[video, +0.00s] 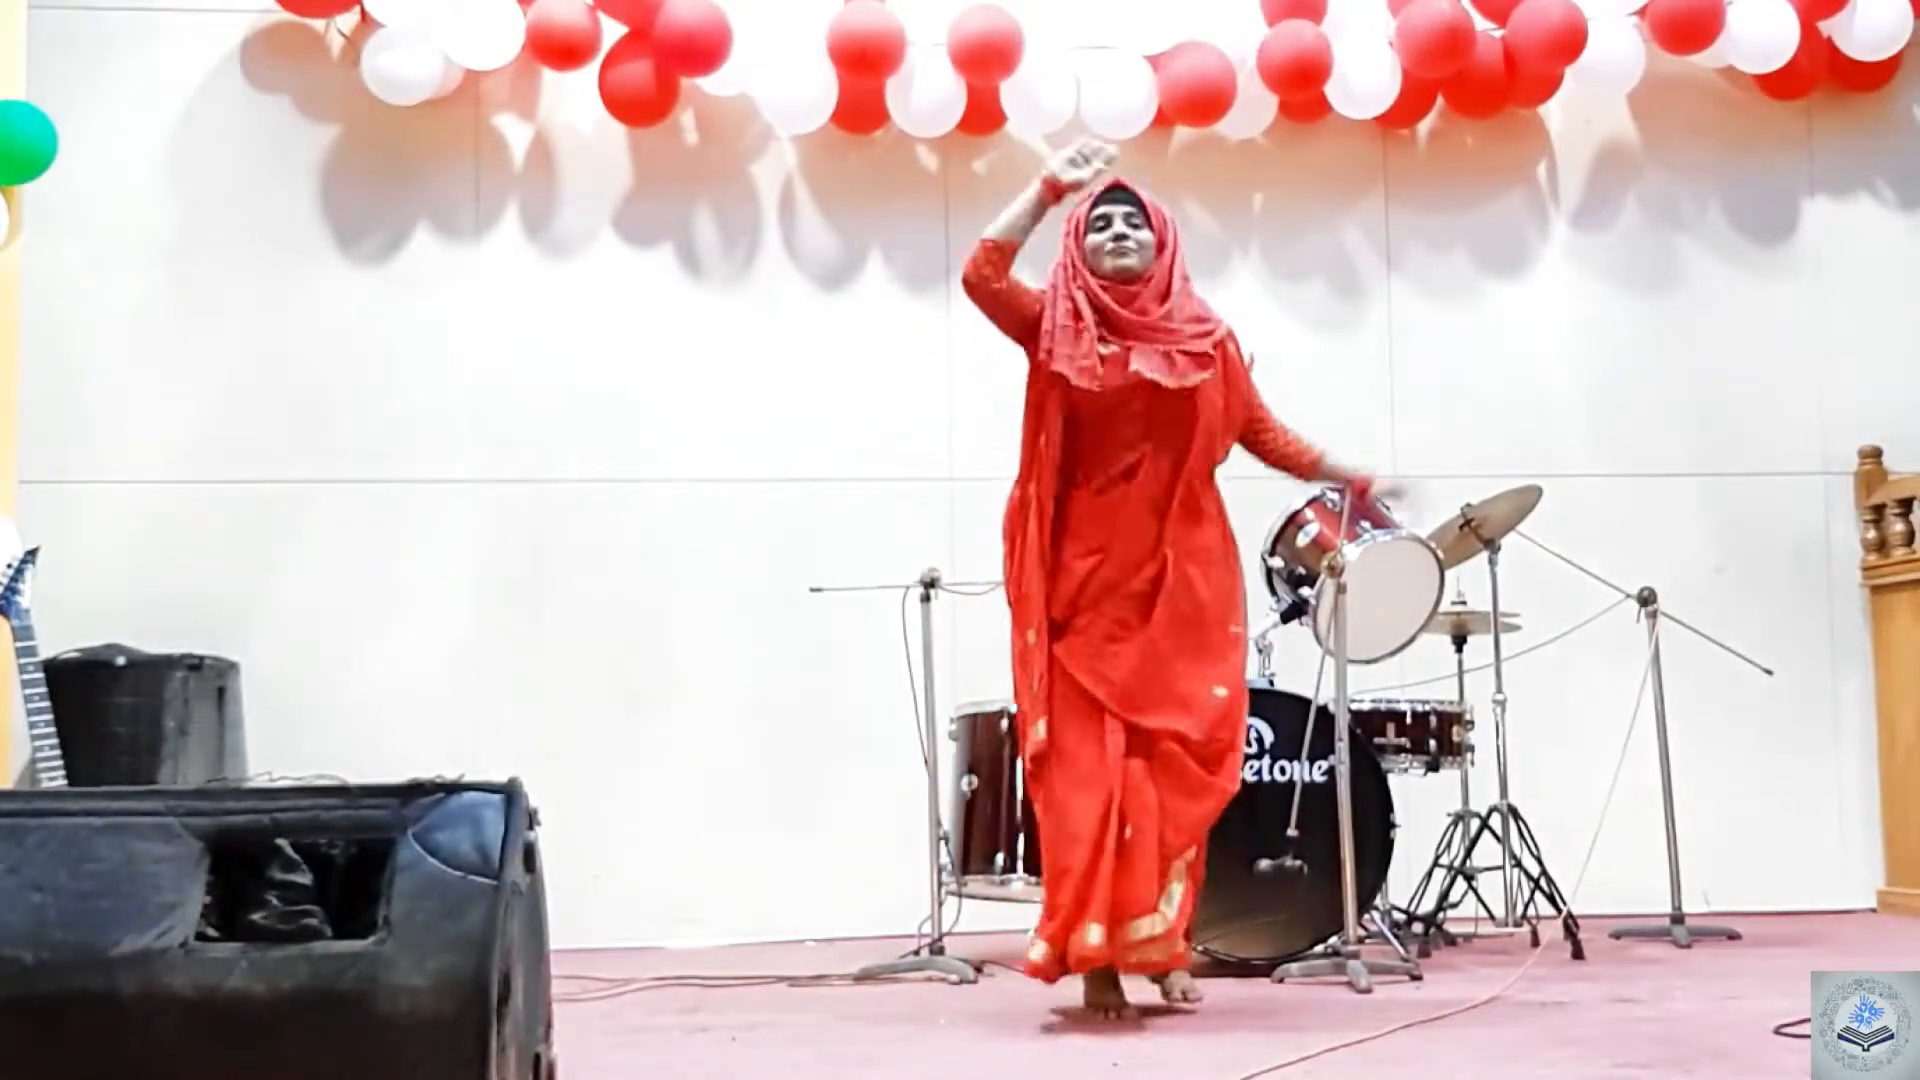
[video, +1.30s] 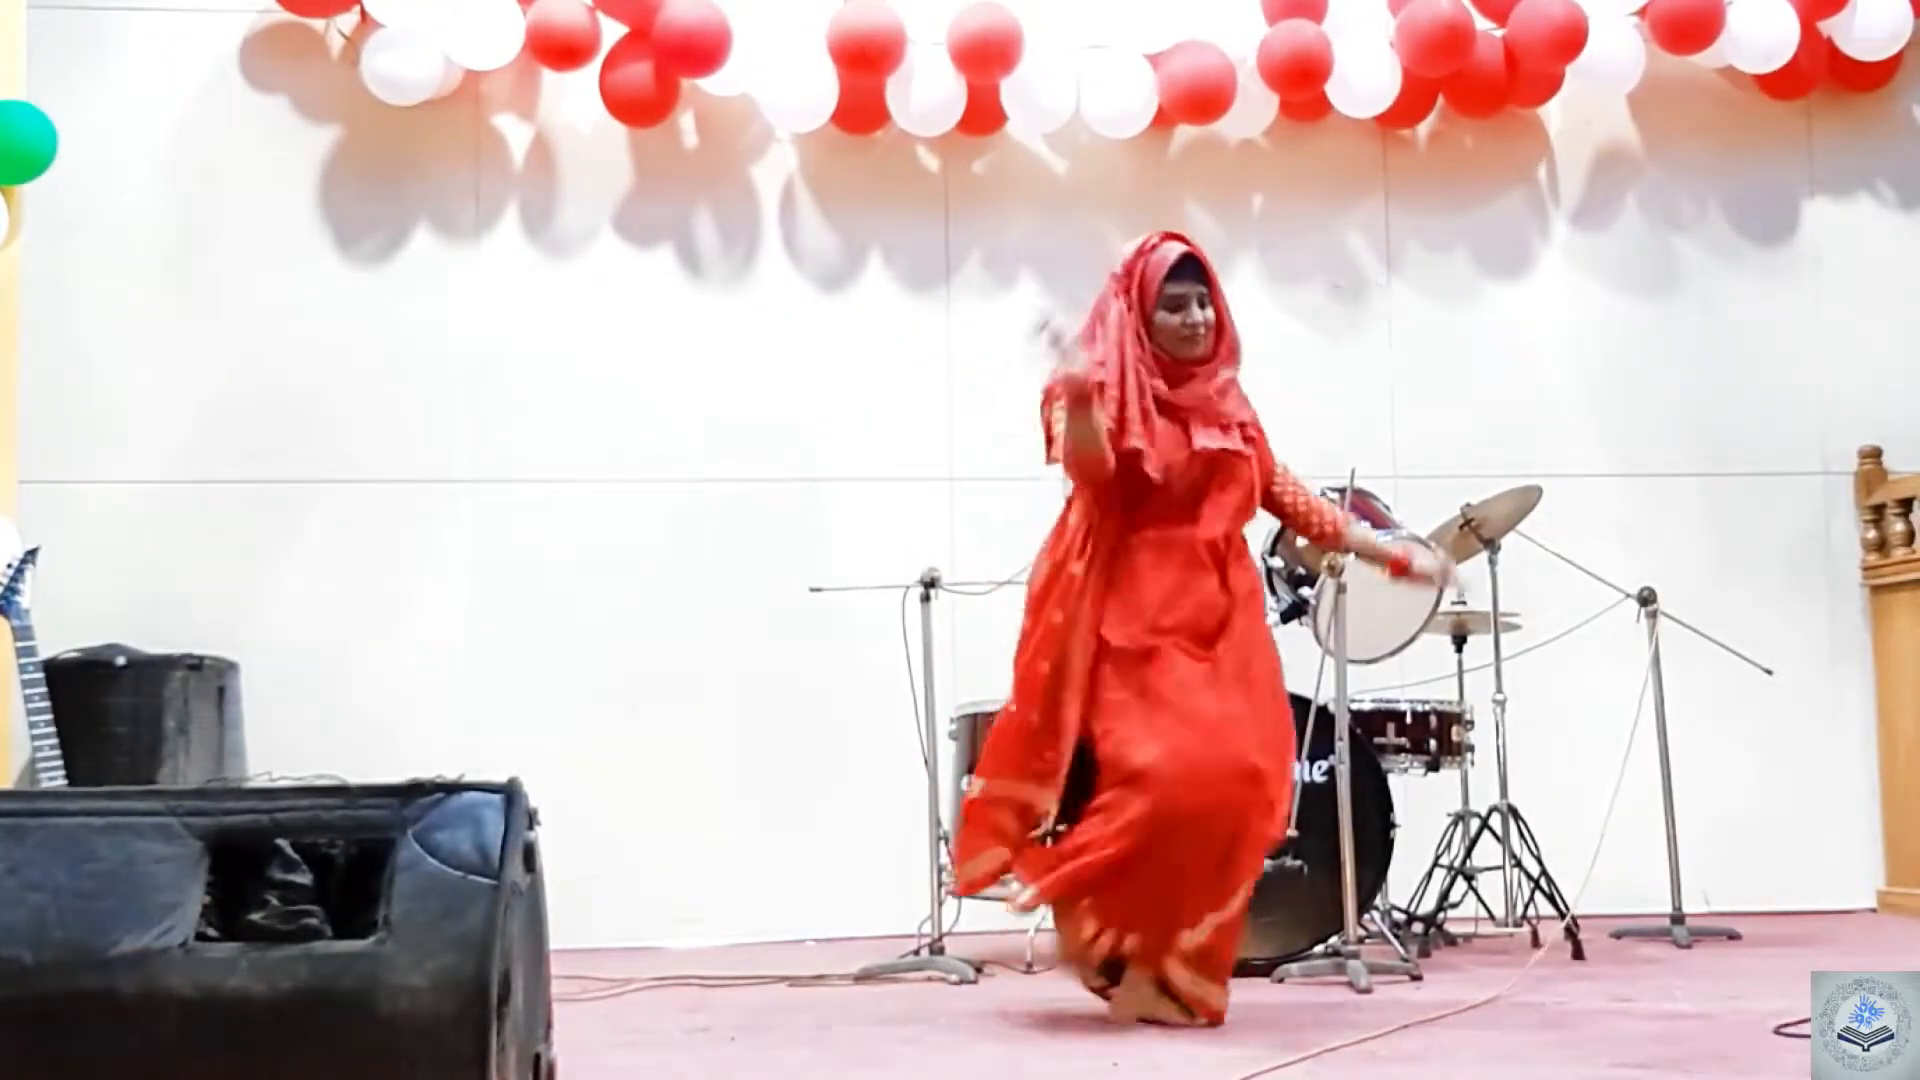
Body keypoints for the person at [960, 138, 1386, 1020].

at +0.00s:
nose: (1117, 232)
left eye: (1131, 219)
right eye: (1098, 224)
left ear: (1160, 239)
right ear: (1079, 248)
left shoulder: (1203, 341)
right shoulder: (1058, 331)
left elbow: (1264, 435)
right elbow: (982, 273)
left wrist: (1346, 474)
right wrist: (1043, 191)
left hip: (1183, 582)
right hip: (1081, 582)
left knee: (1183, 761)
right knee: (1089, 762)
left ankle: (1165, 946)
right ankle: (1097, 963)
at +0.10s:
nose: (1119, 252)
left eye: (1134, 241)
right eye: (1103, 245)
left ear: (1165, 258)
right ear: (1083, 266)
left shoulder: (1208, 362)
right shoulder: (1063, 343)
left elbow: (1302, 423)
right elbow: (993, 294)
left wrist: (1394, 385)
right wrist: (1066, 219)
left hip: (1186, 594)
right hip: (1085, 593)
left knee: (1185, 774)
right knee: (1089, 771)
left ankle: (1160, 963)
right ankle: (1091, 971)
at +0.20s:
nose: (1139, 298)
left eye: (1154, 284)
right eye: (1121, 288)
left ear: (1181, 298)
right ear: (1097, 306)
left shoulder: (1219, 394)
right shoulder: (1070, 382)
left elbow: (1321, 399)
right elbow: (1002, 339)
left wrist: (1366, 313)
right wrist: (1077, 284)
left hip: (1197, 612)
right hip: (1098, 612)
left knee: (1193, 777)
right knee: (1111, 763)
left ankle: (1160, 970)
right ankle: (1093, 966)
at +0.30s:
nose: (1141, 276)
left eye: (1156, 263)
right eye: (1126, 264)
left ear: (1179, 276)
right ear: (1100, 278)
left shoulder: (1215, 363)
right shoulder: (1070, 356)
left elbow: (1312, 344)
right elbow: (999, 318)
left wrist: (1317, 247)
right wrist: (1086, 261)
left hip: (1192, 615)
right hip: (1095, 614)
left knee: (1197, 785)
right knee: (1095, 786)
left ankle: (1164, 972)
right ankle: (1092, 976)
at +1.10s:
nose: (1159, 281)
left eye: (1172, 268)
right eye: (1141, 268)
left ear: (1191, 280)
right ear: (1110, 278)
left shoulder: (1215, 381)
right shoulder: (1077, 361)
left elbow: (1298, 417)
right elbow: (998, 364)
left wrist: (1339, 346)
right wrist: (1029, 276)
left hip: (1190, 613)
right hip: (1090, 614)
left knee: (1199, 788)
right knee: (1098, 792)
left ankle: (1176, 975)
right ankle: (1093, 977)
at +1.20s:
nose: (1175, 298)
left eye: (1187, 284)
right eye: (1158, 284)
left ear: (1205, 293)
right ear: (1123, 290)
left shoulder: (1218, 386)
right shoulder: (1098, 374)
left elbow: (1273, 468)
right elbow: (1075, 457)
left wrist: (1374, 462)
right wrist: (1043, 388)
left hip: (1204, 609)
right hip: (1108, 610)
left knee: (1206, 781)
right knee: (1109, 783)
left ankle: (1176, 975)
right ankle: (1102, 973)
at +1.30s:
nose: (1192, 317)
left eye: (1201, 302)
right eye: (1173, 304)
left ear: (1217, 310)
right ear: (1137, 313)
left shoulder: (1225, 404)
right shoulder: (1103, 392)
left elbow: (1290, 501)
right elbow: (1092, 468)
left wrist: (1384, 552)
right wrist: (1079, 396)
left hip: (1223, 628)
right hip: (1125, 630)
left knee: (1253, 786)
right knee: (1173, 782)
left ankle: (1171, 967)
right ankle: (1093, 912)